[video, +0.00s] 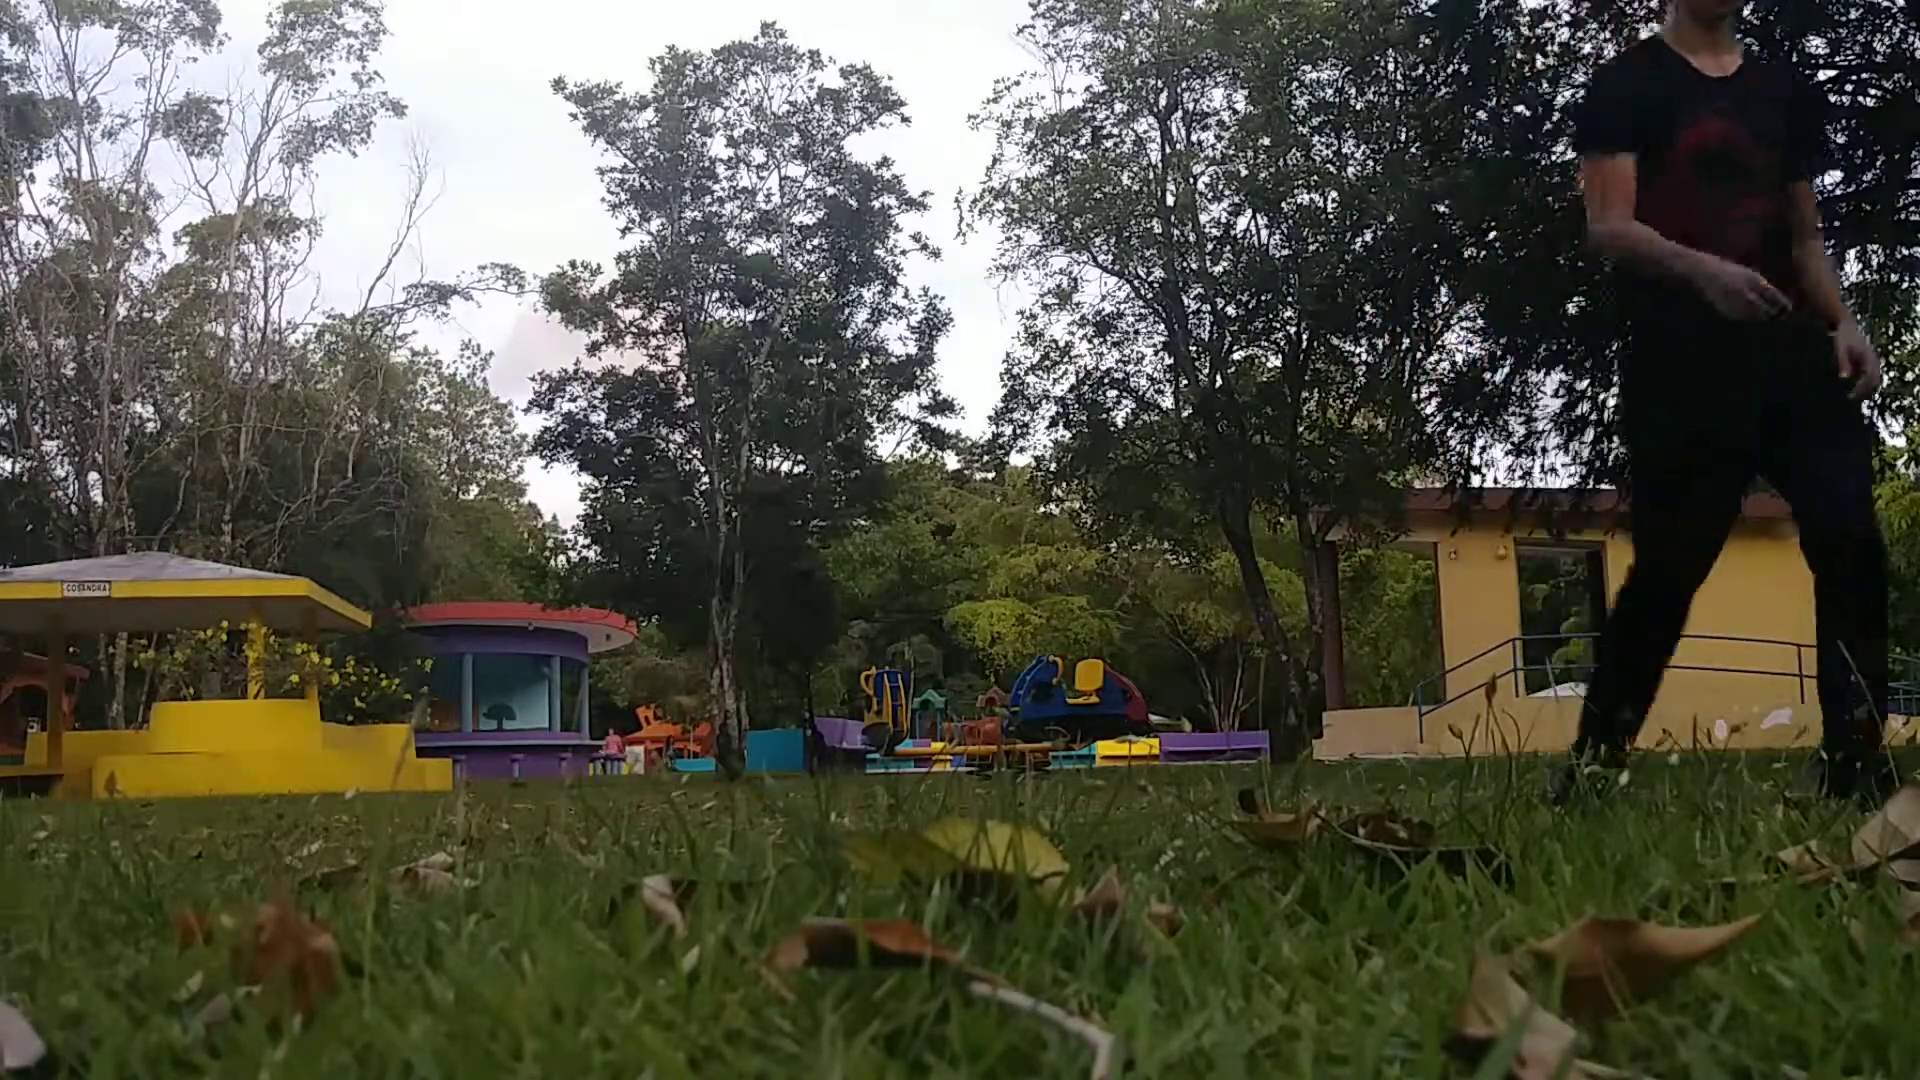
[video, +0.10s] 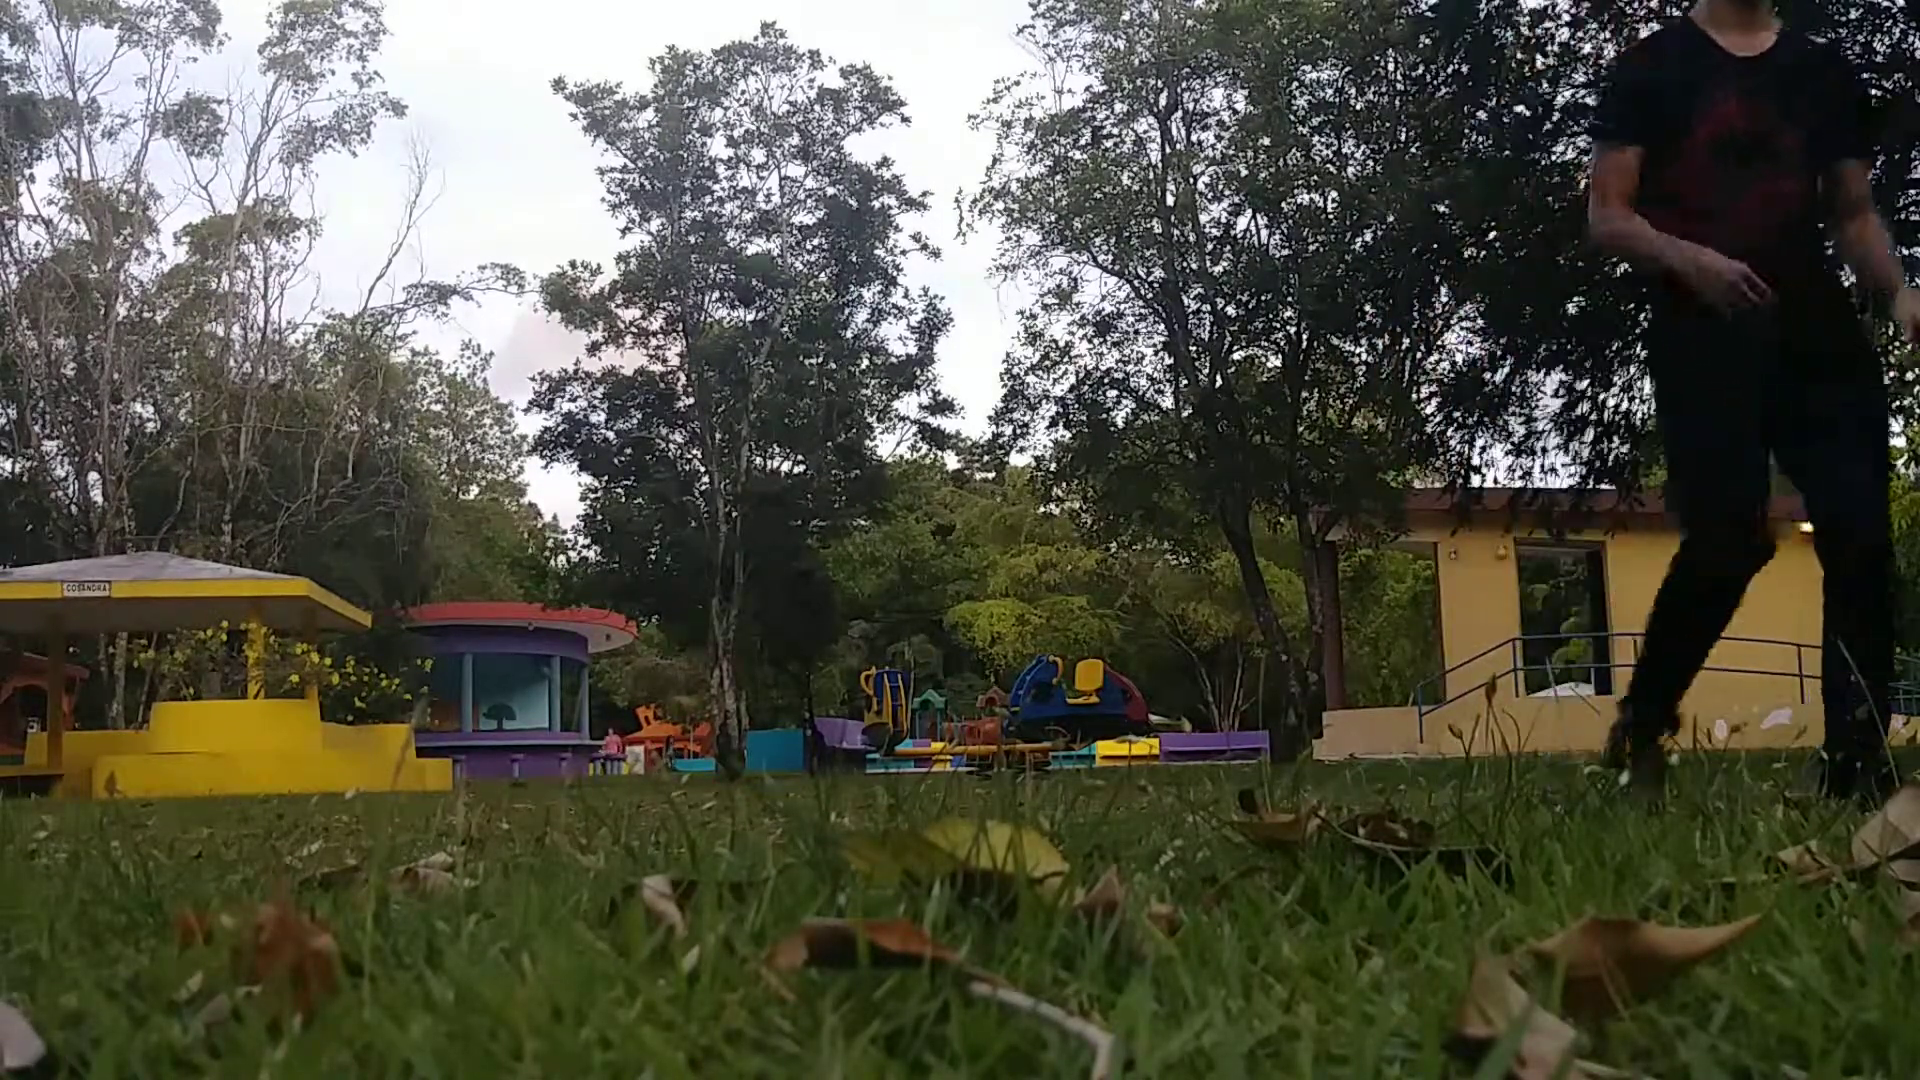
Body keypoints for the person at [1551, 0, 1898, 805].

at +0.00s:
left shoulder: (1785, 90)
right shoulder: (1626, 83)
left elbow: (1805, 239)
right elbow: (1608, 226)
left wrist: (1843, 318)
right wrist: (1702, 268)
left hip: (1793, 358)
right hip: (1683, 359)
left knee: (1853, 548)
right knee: (1669, 566)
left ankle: (1854, 761)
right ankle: (1594, 763)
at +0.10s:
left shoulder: (1827, 73)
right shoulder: (1649, 68)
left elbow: (1854, 212)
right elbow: (1606, 217)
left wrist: (1898, 289)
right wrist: (1690, 260)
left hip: (1815, 331)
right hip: (1702, 341)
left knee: (1861, 543)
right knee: (1728, 540)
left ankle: (1856, 766)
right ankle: (1640, 734)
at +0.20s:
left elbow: (1906, 191)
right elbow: (1603, 197)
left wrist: (1900, 209)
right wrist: (1647, 200)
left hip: (1842, 319)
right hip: (1723, 328)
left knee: (1871, 534)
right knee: (1765, 499)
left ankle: (1857, 757)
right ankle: (1719, 737)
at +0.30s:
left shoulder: (1872, 27)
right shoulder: (1686, 41)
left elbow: (1907, 147)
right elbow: (1616, 199)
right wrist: (1629, 128)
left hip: (1864, 313)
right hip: (1746, 328)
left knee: (1902, 524)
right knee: (1779, 529)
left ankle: (1874, 744)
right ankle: (1795, 755)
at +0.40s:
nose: (1763, 7)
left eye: (1778, 2)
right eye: (1751, 1)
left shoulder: (1870, 52)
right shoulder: (1704, 50)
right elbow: (1634, 176)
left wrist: (1900, 38)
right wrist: (1645, 49)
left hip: (1890, 320)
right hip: (1770, 335)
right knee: (1787, 548)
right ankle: (1796, 763)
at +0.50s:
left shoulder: (1888, 38)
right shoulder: (1755, 30)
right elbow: (1710, 175)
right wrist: (1732, 75)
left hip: (1896, 309)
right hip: (1791, 309)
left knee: (1913, 526)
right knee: (1786, 528)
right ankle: (1788, 744)